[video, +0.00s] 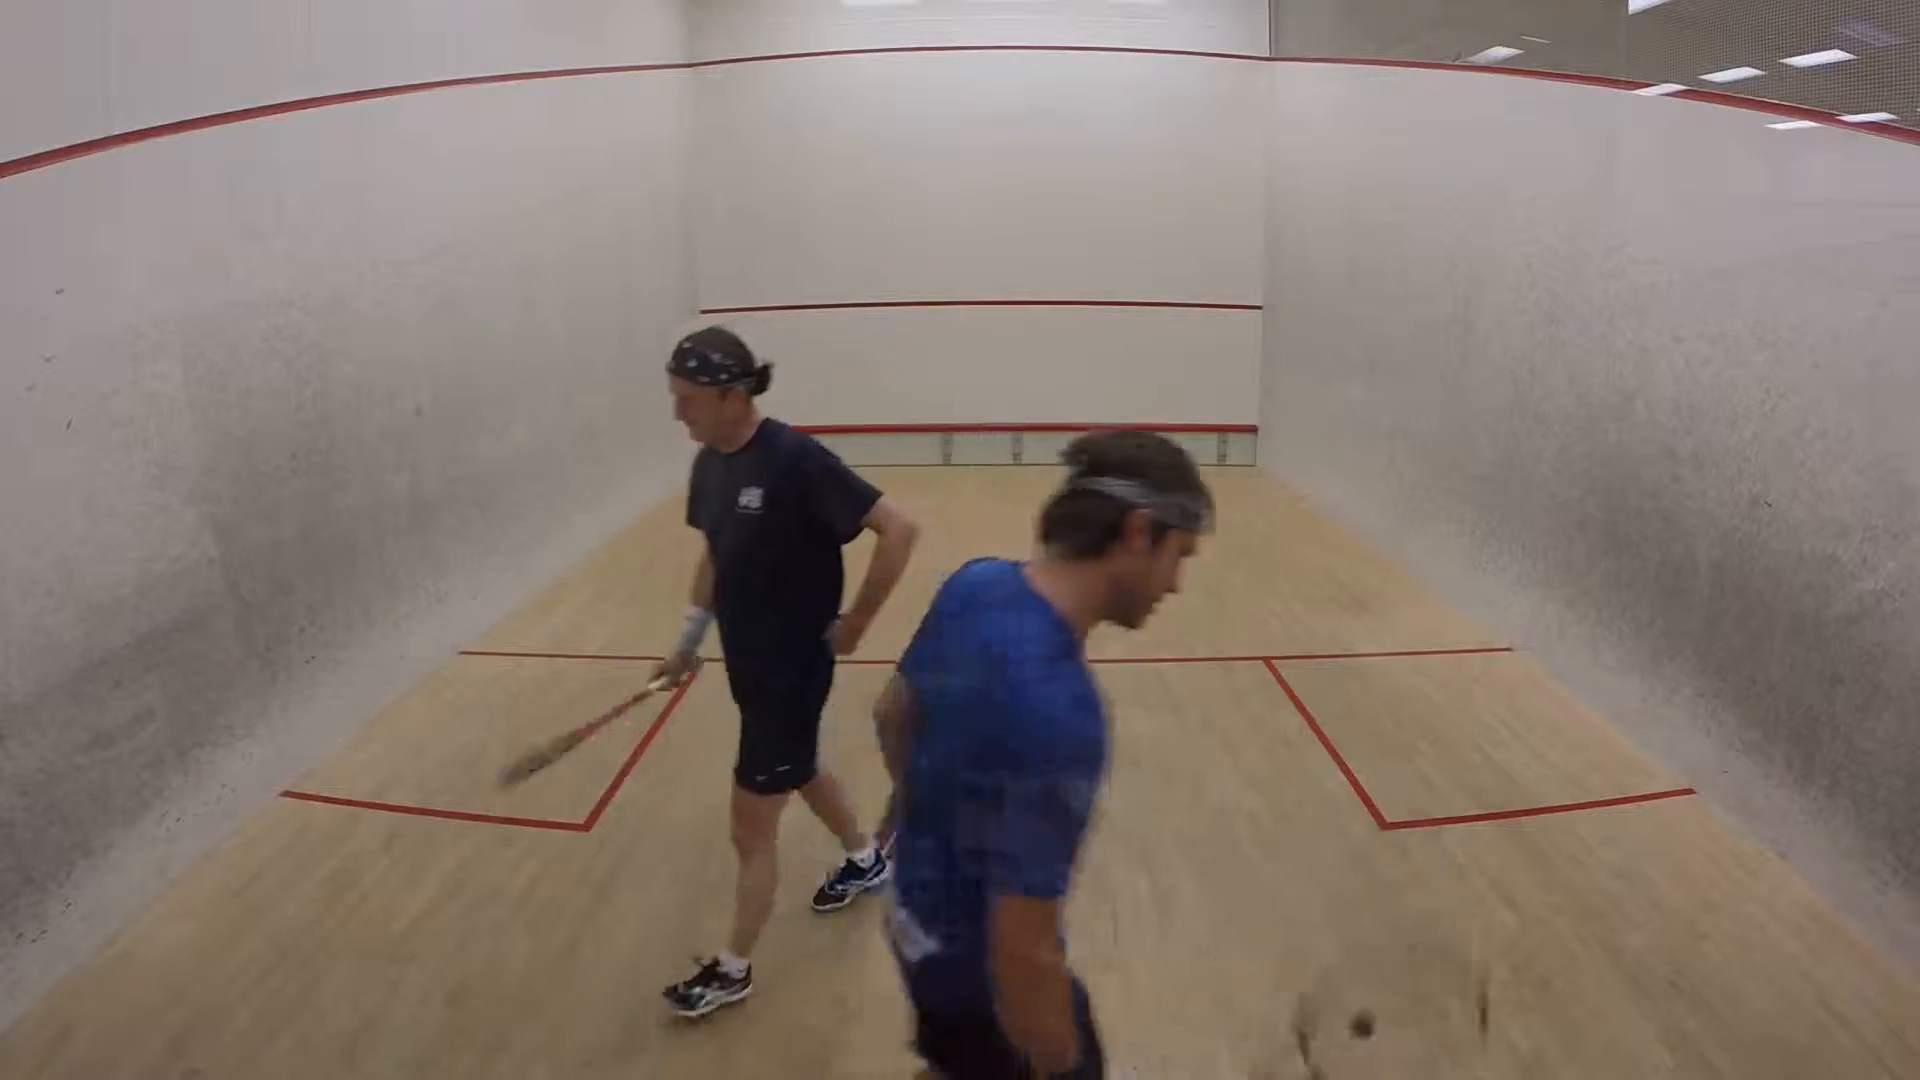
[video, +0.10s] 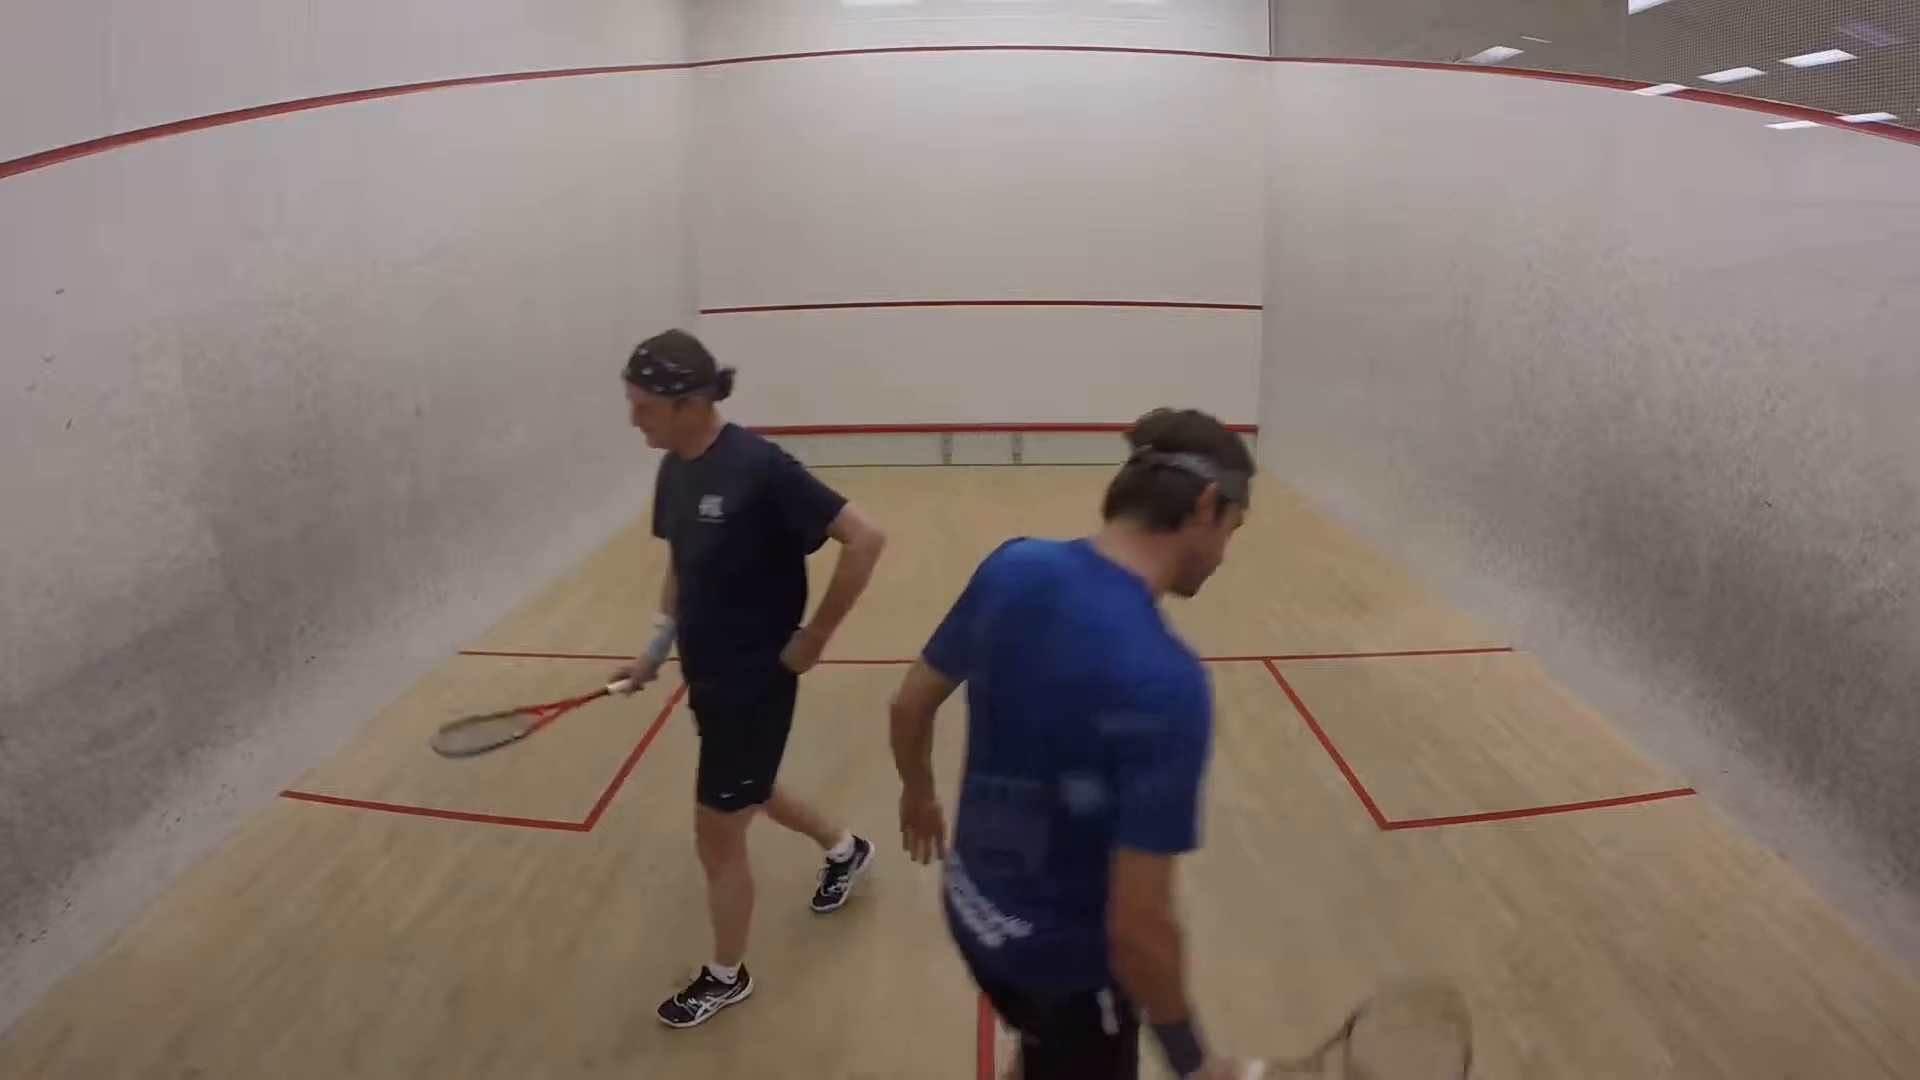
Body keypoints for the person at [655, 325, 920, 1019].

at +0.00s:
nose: (677, 412)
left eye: (686, 398)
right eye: (676, 398)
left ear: (731, 395)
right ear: (716, 395)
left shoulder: (797, 459)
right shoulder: (711, 462)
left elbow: (898, 529)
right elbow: (714, 558)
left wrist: (858, 622)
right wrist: (687, 645)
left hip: (796, 665)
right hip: (746, 659)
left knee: (752, 825)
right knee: (802, 767)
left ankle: (734, 968)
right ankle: (866, 854)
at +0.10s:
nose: (634, 420)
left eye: (642, 406)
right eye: (633, 406)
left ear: (686, 402)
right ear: (676, 401)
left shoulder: (762, 468)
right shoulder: (676, 467)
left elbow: (864, 539)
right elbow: (680, 568)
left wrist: (817, 635)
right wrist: (654, 652)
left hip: (756, 678)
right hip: (705, 673)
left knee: (718, 835)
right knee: (756, 788)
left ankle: (727, 973)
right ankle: (844, 848)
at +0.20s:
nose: (589, 419)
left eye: (597, 405)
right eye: (587, 404)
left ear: (644, 403)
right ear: (638, 403)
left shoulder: (723, 470)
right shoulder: (641, 467)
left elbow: (826, 541)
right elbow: (656, 581)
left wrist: (775, 642)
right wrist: (626, 655)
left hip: (719, 687)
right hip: (667, 681)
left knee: (703, 845)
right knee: (670, 806)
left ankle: (727, 973)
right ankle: (793, 847)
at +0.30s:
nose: (545, 421)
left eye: (553, 408)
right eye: (543, 407)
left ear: (600, 405)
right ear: (596, 405)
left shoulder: (674, 469)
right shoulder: (609, 468)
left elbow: (784, 544)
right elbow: (628, 582)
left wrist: (742, 647)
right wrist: (599, 662)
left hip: (689, 691)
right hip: (629, 685)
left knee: (696, 839)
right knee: (607, 815)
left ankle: (726, 970)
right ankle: (724, 887)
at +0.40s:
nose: (500, 428)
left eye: (508, 414)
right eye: (499, 413)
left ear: (554, 412)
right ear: (554, 412)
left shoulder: (629, 474)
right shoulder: (572, 477)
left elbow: (742, 553)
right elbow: (598, 590)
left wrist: (703, 661)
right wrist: (568, 669)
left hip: (652, 701)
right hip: (594, 696)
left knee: (683, 853)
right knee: (565, 824)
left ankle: (725, 971)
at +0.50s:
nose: (457, 441)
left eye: (464, 427)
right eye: (455, 426)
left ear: (512, 424)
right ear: (512, 425)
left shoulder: (586, 482)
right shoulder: (536, 488)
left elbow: (699, 567)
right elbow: (563, 600)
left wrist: (662, 673)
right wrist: (532, 680)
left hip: (613, 711)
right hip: (562, 709)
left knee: (658, 857)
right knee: (549, 848)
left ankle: (724, 972)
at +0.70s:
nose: (376, 452)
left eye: (379, 437)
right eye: (373, 438)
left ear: (420, 431)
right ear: (428, 429)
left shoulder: (494, 494)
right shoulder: (457, 497)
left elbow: (602, 591)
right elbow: (490, 611)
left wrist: (560, 697)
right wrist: (450, 692)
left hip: (516, 724)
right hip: (473, 719)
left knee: (555, 910)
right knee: (479, 867)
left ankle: (690, 963)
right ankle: (510, 1008)